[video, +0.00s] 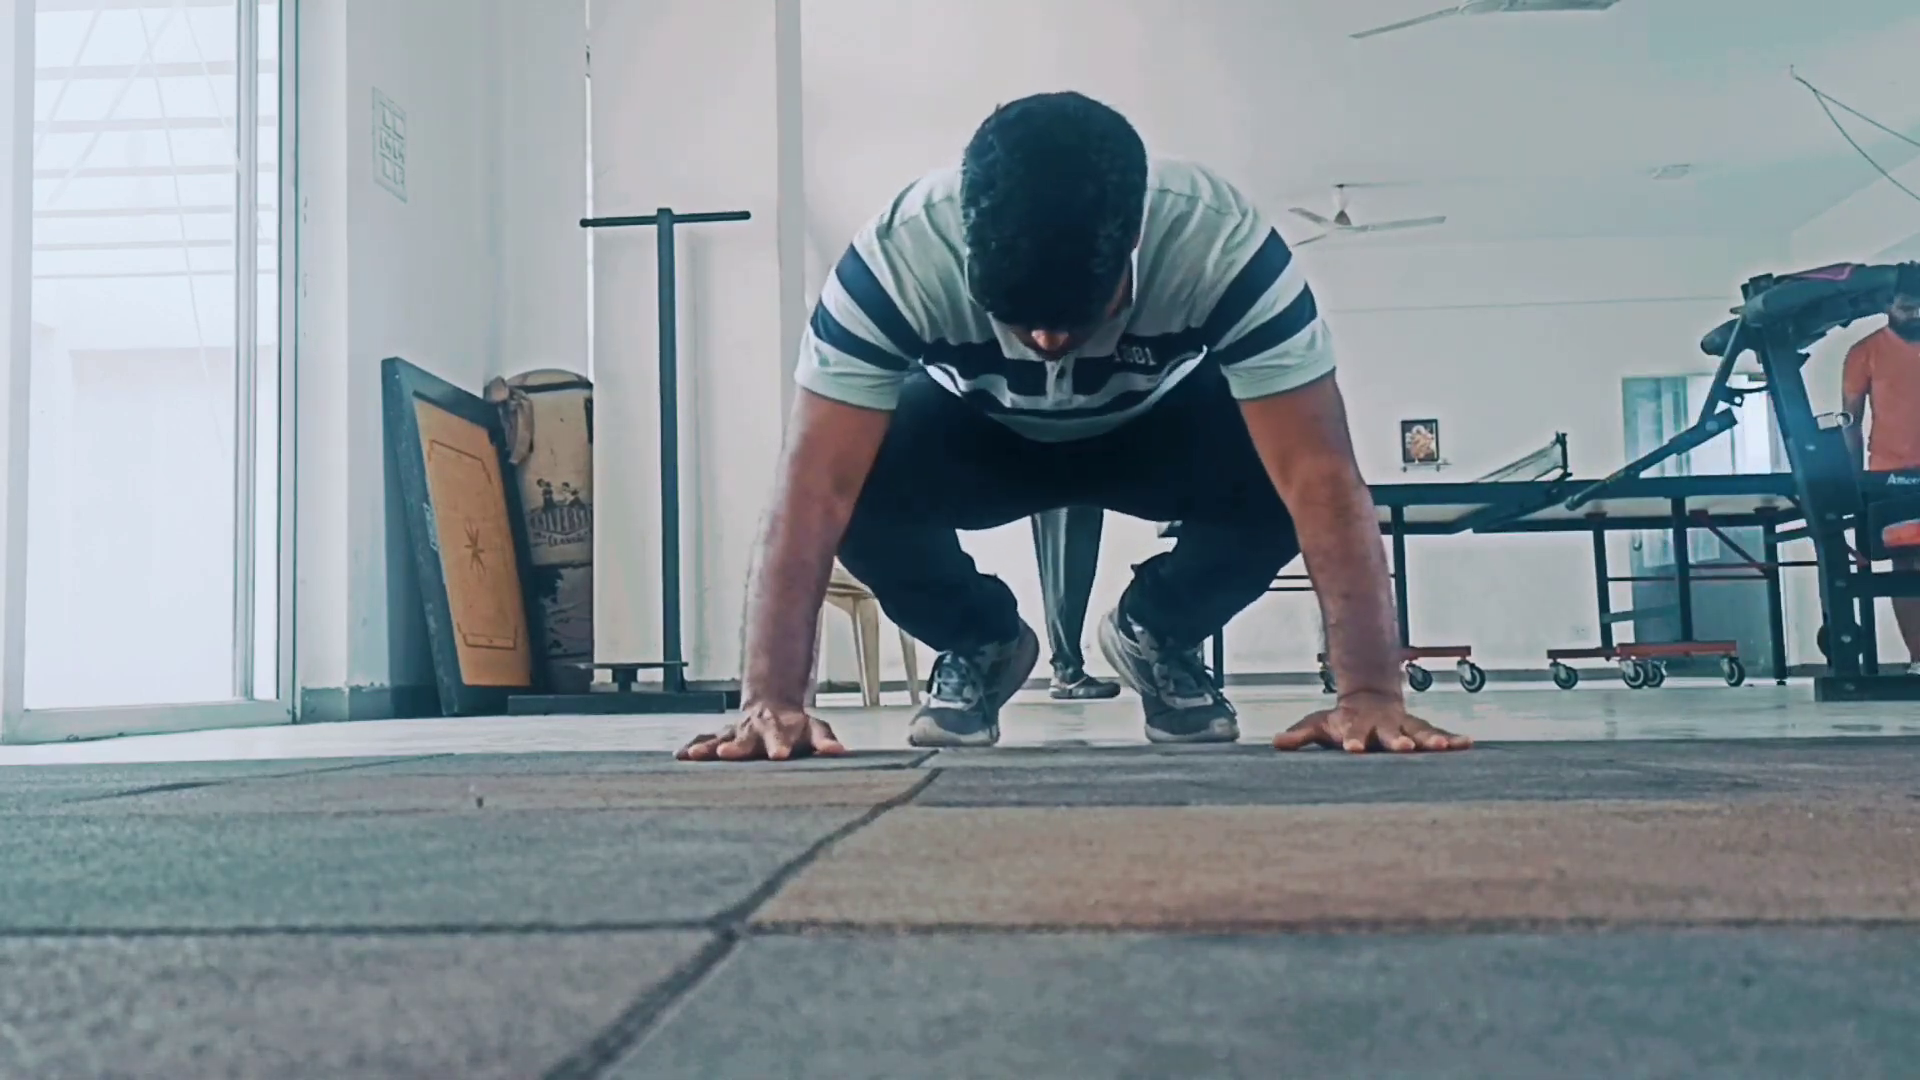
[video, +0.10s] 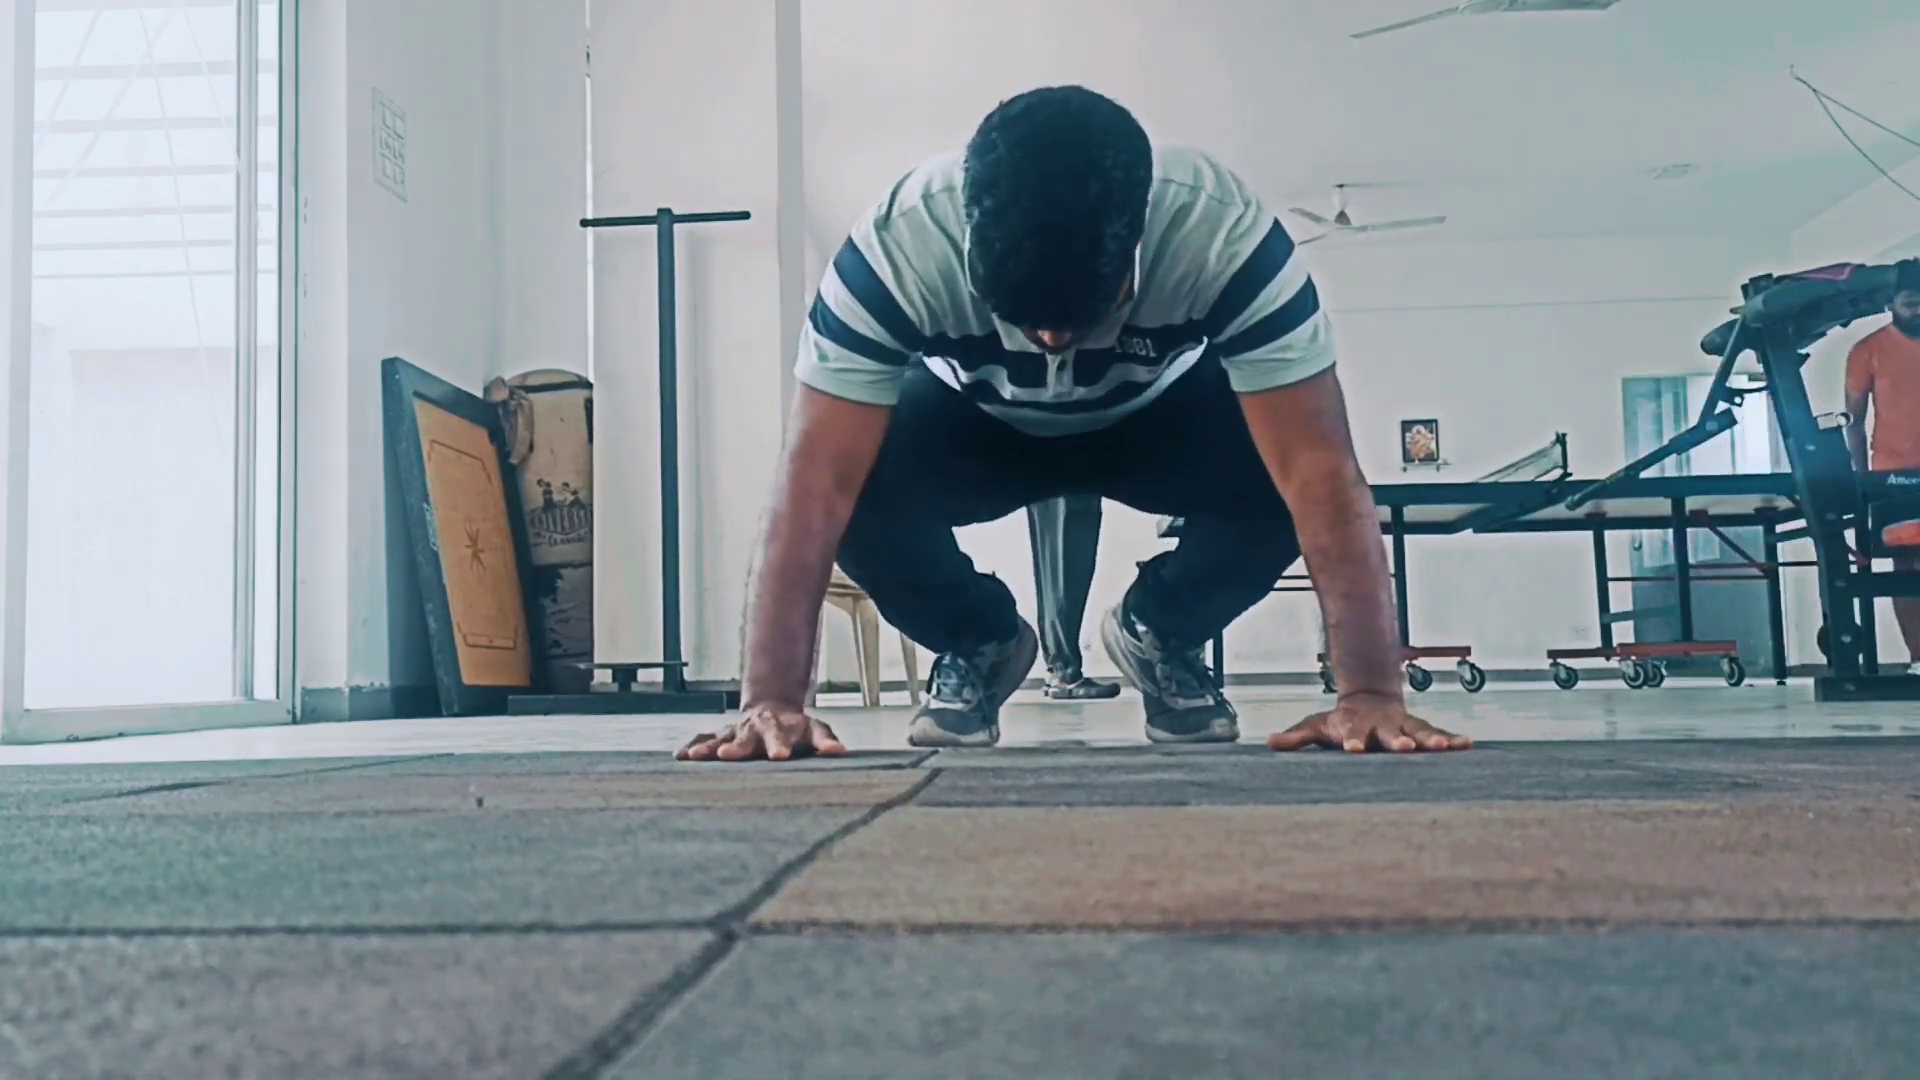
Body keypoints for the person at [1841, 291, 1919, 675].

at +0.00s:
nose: (1911, 311)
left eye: (1916, 305)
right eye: (1905, 304)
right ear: (1891, 303)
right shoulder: (1866, 352)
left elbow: (1850, 421)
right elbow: (1850, 421)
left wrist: (1857, 479)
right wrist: (1856, 480)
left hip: (1908, 470)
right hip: (1892, 472)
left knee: (1907, 570)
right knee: (1905, 572)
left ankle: (1914, 656)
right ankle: (1915, 656)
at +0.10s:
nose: (1913, 307)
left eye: (1916, 300)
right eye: (1907, 300)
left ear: (1919, 302)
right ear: (1892, 303)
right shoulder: (1869, 351)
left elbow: (1855, 424)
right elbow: (1854, 424)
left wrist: (1864, 483)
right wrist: (1864, 484)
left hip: (1906, 473)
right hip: (1895, 474)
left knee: (1907, 573)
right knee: (1906, 575)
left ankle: (1914, 657)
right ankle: (1915, 658)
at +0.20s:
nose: (1917, 302)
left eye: (1919, 295)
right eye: (1911, 295)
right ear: (1898, 300)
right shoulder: (1877, 349)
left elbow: (1862, 423)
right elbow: (1861, 423)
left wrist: (1870, 480)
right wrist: (1870, 480)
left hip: (1907, 474)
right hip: (1901, 476)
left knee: (1908, 570)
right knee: (1908, 570)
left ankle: (1915, 655)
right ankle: (1916, 656)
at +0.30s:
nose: (1917, 297)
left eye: (1917, 289)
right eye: (1914, 289)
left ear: (1910, 295)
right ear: (1906, 295)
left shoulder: (1886, 349)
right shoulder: (1887, 348)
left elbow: (1870, 424)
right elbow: (1870, 424)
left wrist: (1876, 485)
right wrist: (1876, 484)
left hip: (1904, 475)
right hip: (1905, 476)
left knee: (1910, 573)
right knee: (1910, 572)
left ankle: (1916, 655)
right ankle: (1915, 655)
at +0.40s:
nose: (1915, 293)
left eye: (1915, 287)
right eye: (1916, 286)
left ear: (1913, 289)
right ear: (1916, 289)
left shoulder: (1897, 345)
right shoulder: (1897, 344)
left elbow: (1886, 418)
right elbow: (1886, 418)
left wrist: (1888, 475)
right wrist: (1887, 475)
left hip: (1912, 471)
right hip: (1912, 472)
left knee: (1914, 568)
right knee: (1914, 568)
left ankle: (1918, 649)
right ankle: (1917, 649)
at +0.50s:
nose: (1917, 284)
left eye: (1917, 277)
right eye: (1917, 276)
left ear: (1916, 281)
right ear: (1914, 280)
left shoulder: (1905, 340)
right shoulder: (1904, 340)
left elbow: (1900, 417)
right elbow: (1900, 417)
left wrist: (1904, 473)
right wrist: (1904, 474)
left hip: (1919, 474)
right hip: (1919, 475)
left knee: (1916, 566)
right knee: (1915, 565)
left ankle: (1918, 643)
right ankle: (1917, 643)